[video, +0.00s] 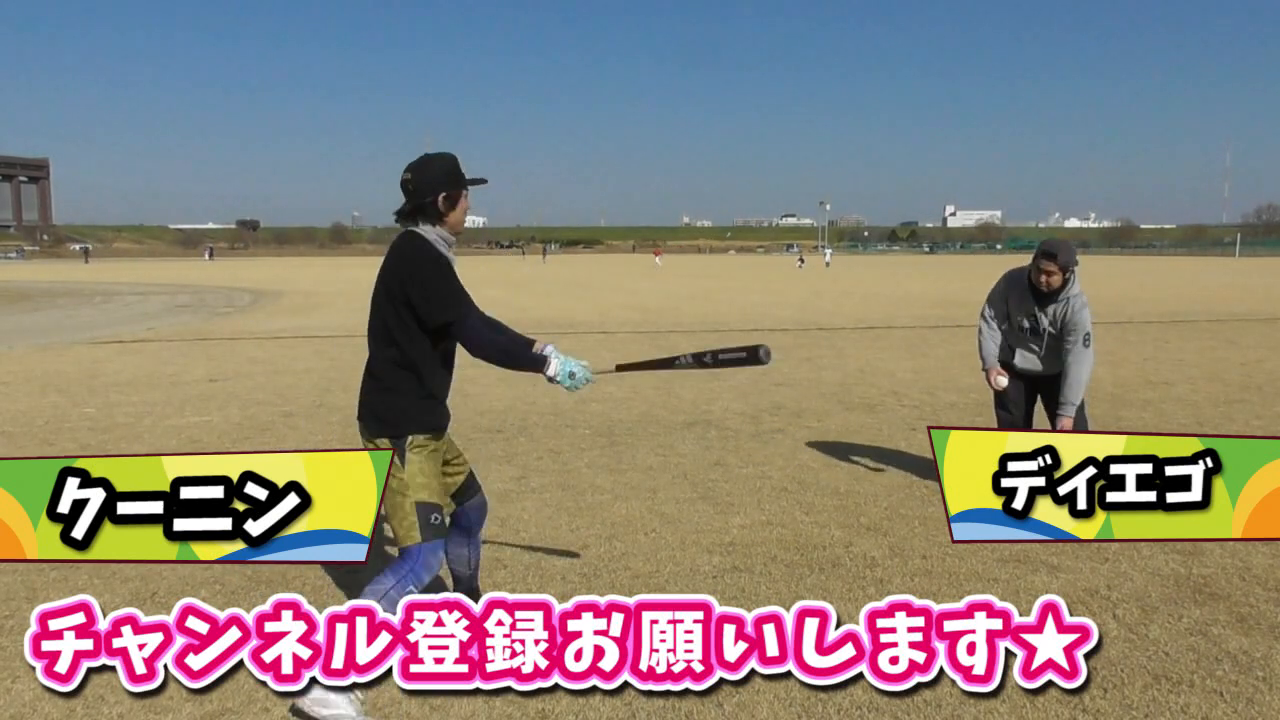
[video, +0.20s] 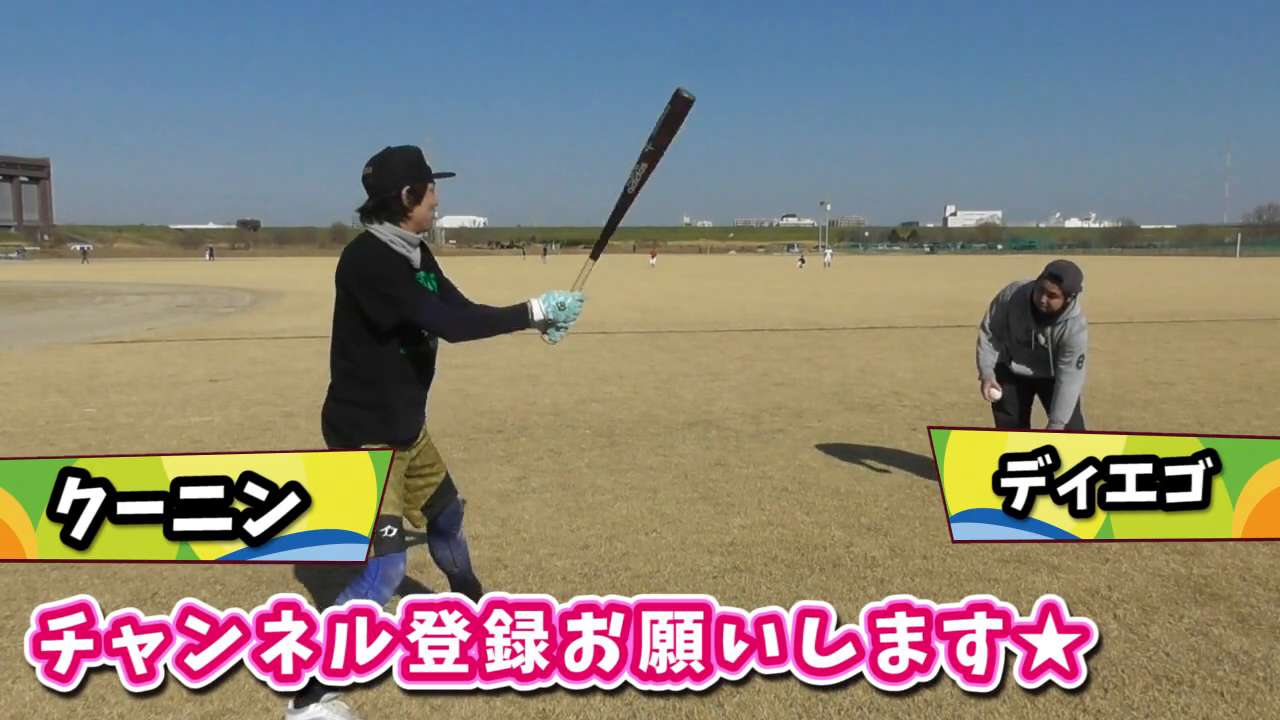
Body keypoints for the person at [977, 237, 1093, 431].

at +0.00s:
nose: (1042, 279)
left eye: (1050, 274)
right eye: (1038, 271)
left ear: (1066, 273)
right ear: (1032, 265)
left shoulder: (1074, 303)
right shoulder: (1011, 283)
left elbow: (1078, 358)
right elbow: (990, 321)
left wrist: (1066, 413)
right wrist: (991, 364)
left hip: (1057, 374)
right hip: (1014, 373)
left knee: (1075, 437)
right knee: (1012, 438)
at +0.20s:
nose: (1042, 299)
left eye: (1051, 296)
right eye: (1040, 290)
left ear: (1068, 299)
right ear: (1036, 282)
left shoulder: (1073, 327)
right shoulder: (1011, 297)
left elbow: (1070, 378)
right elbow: (988, 334)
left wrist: (1055, 427)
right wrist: (986, 375)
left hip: (1053, 378)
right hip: (1011, 374)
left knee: (1074, 433)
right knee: (1010, 436)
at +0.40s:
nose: (1039, 313)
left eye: (1048, 310)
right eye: (1037, 304)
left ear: (1064, 312)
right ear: (1033, 296)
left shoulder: (1070, 335)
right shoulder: (1009, 306)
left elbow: (1067, 389)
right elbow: (988, 345)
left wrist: (1057, 435)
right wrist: (987, 385)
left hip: (1051, 378)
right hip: (1011, 375)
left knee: (1073, 432)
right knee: (1010, 435)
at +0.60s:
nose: (1030, 307)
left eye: (1039, 304)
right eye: (1028, 299)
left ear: (1056, 305)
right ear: (1024, 292)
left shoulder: (1067, 328)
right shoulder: (1005, 305)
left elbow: (1071, 381)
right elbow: (985, 345)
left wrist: (1062, 431)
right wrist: (983, 385)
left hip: (1051, 378)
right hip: (1010, 375)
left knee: (1074, 433)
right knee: (1009, 435)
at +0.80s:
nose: (1019, 264)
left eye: (1026, 258)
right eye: (1014, 257)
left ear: (1044, 258)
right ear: (1009, 256)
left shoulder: (1066, 292)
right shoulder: (1000, 284)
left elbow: (1083, 342)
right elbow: (983, 318)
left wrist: (1073, 386)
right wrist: (974, 348)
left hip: (1057, 373)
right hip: (1014, 372)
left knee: (1076, 442)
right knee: (1010, 441)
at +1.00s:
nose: (1007, 237)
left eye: (1014, 230)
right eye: (1003, 231)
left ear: (1033, 232)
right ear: (998, 233)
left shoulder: (1059, 266)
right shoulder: (994, 272)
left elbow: (1083, 309)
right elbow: (979, 301)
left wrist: (1070, 352)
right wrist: (965, 321)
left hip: (1059, 369)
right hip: (1014, 371)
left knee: (1074, 444)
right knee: (1012, 444)